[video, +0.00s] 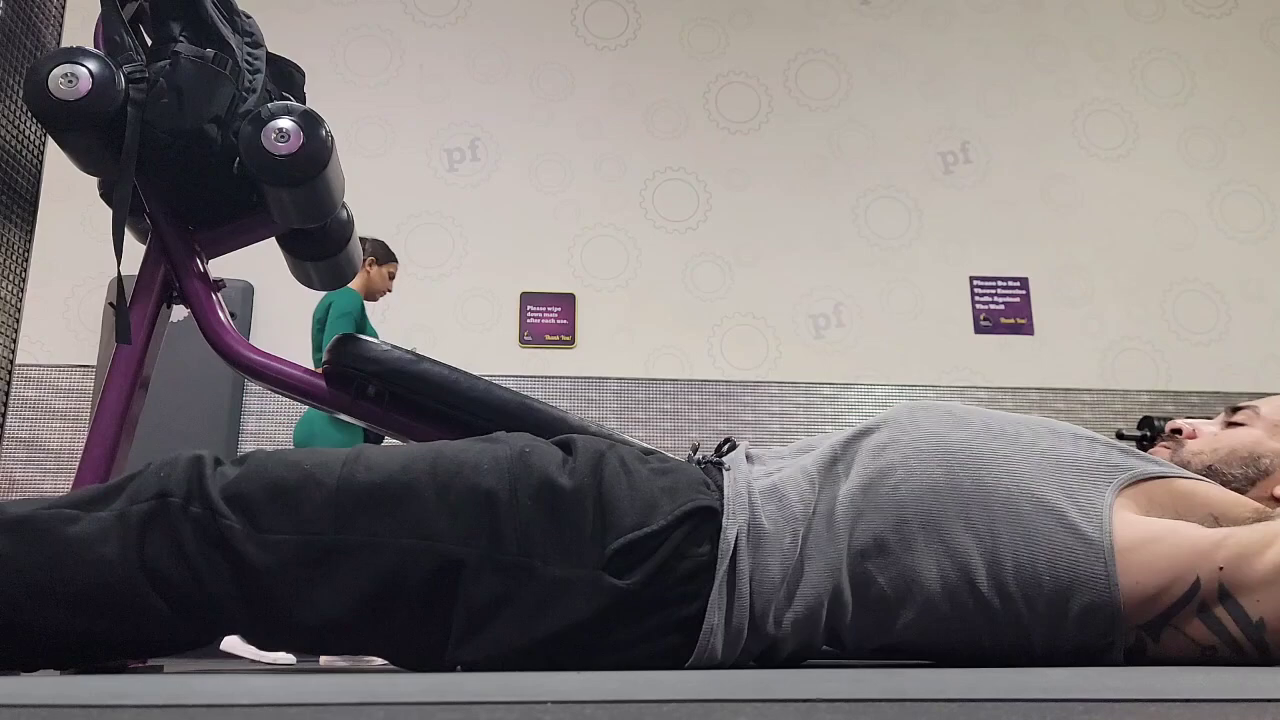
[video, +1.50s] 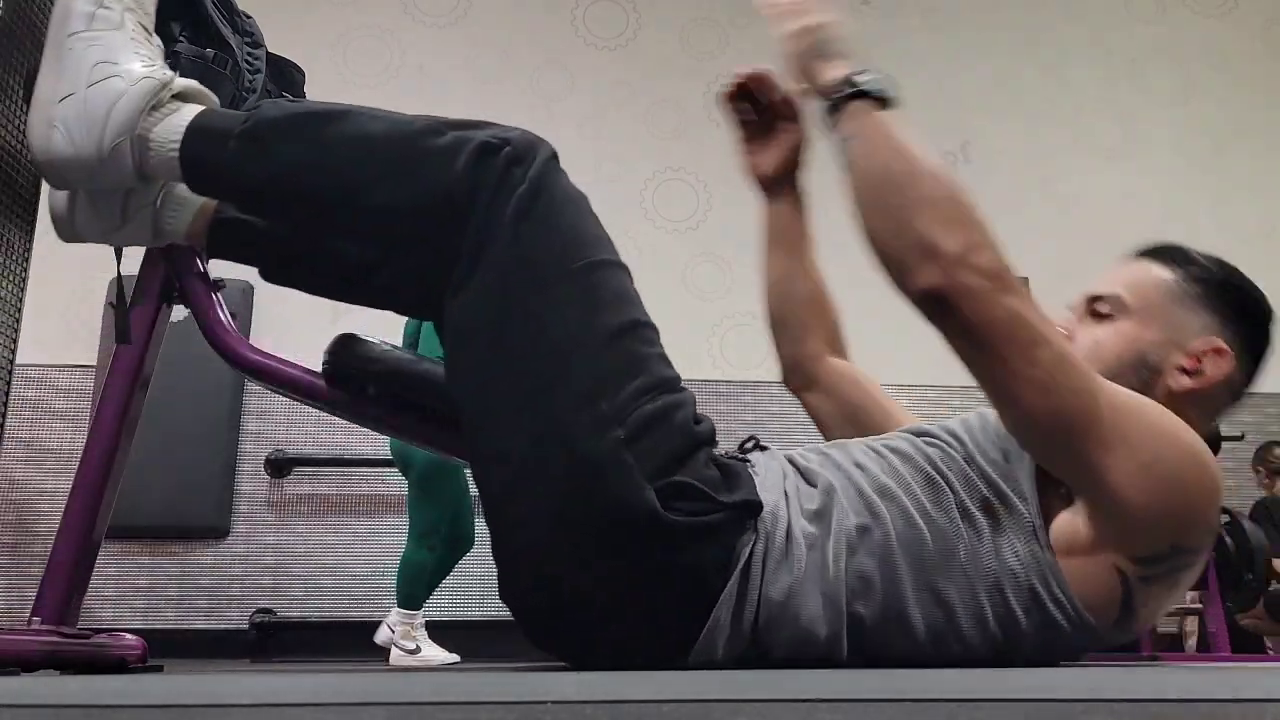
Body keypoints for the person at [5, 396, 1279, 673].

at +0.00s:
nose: (1233, 415)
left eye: (1255, 426)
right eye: (1243, 404)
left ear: (1261, 472)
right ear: (1211, 417)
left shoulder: (1219, 545)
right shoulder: (1118, 469)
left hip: (673, 551)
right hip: (663, 492)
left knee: (210, 525)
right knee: (212, 513)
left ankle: (21, 583)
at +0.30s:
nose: (1235, 435)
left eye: (1259, 447)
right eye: (1243, 425)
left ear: (1262, 499)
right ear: (1205, 432)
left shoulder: (1212, 552)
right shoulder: (1121, 480)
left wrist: (1241, 541)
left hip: (670, 550)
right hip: (663, 495)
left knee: (228, 532)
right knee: (225, 511)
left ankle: (13, 568)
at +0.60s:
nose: (1232, 438)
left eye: (1257, 450)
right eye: (1237, 428)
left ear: (1261, 504)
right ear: (1195, 433)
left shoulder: (1201, 555)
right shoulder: (1111, 479)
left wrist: (1244, 525)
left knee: (226, 456)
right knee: (242, 441)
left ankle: (10, 530)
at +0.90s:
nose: (1221, 445)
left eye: (1246, 456)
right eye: (1233, 431)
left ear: (1238, 501)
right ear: (1191, 440)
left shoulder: (1166, 564)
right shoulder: (1110, 486)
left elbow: (1278, 566)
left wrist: (1241, 497)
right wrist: (1224, 467)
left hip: (661, 565)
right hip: (650, 497)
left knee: (279, 333)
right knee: (285, 331)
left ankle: (7, 372)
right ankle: (16, 375)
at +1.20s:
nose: (1185, 417)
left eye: (1207, 418)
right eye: (1197, 401)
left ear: (1229, 479)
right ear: (1199, 440)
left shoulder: (1187, 572)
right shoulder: (1092, 489)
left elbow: (1238, 412)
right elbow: (1004, 432)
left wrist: (1250, 270)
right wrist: (1149, 297)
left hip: (654, 566)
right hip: (659, 500)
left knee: (409, 230)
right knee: (408, 234)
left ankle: (56, 222)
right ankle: (75, 205)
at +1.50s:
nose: (1067, 328)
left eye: (1111, 318)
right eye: (1081, 308)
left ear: (1204, 371)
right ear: (1157, 369)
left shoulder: (1173, 482)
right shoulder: (1028, 472)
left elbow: (968, 286)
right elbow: (827, 373)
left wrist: (849, 96)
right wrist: (780, 190)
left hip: (681, 562)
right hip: (664, 534)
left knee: (514, 187)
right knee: (508, 209)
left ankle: (144, 142)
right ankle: (176, 191)